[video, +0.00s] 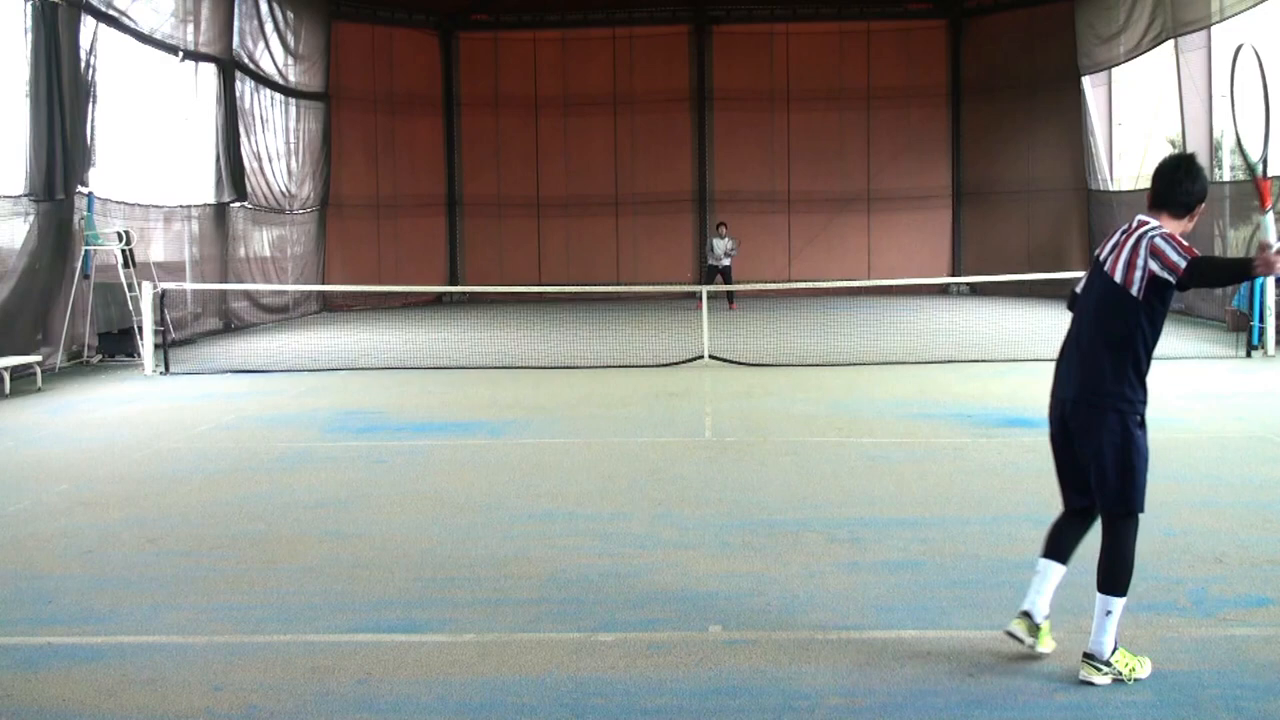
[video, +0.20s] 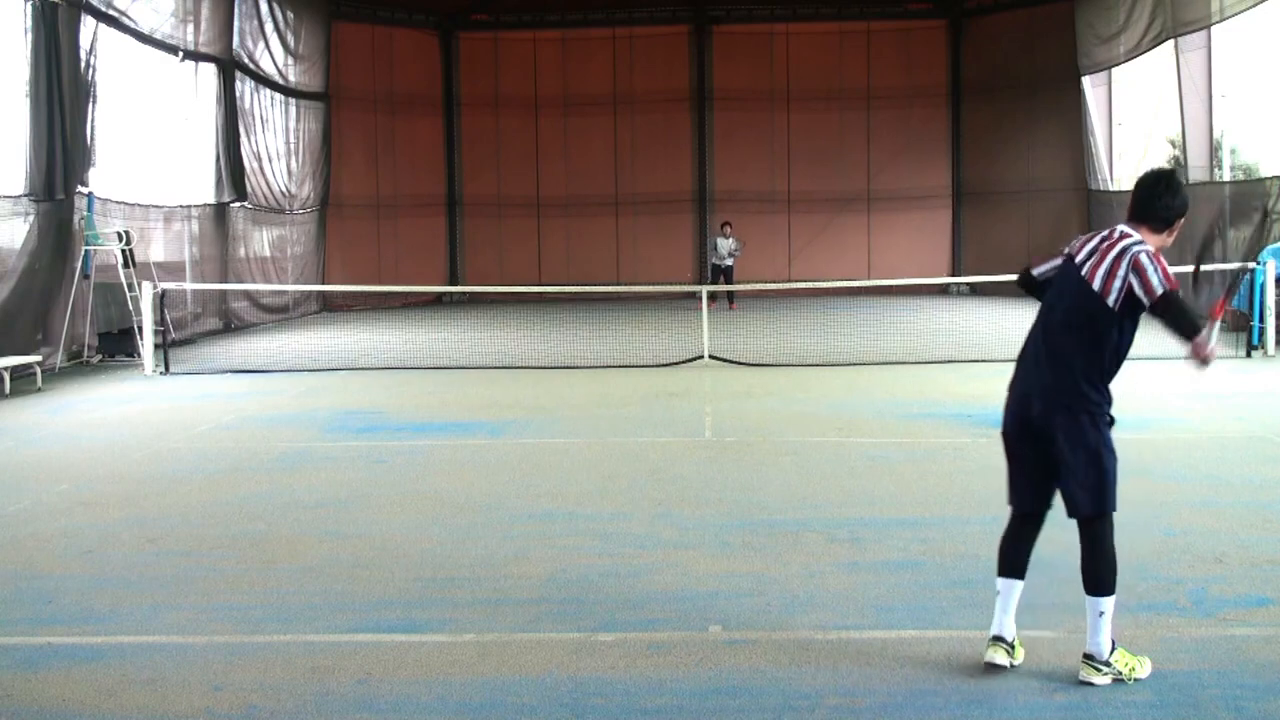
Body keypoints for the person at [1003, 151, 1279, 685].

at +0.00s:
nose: (1200, 218)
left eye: (1198, 211)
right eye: (1202, 210)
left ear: (1150, 196)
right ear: (1196, 209)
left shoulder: (1121, 236)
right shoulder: (1159, 241)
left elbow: (1077, 298)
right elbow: (1196, 270)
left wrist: (1121, 319)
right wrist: (1252, 266)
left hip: (1069, 396)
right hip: (1113, 403)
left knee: (1081, 506)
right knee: (1122, 520)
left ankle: (1032, 612)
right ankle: (1101, 653)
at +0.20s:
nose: (1175, 234)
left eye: (1174, 225)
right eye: (1177, 226)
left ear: (1127, 208)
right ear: (1174, 225)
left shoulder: (1085, 243)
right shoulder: (1142, 257)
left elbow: (1028, 281)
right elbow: (1178, 314)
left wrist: (1077, 296)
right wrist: (1200, 339)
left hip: (1024, 404)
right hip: (1077, 411)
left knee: (1026, 513)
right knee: (1096, 526)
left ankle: (1000, 634)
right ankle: (1100, 654)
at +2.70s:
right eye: (722, 201)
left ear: (647, 218)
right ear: (719, 212)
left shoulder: (618, 304)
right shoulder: (753, 296)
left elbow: (624, 418)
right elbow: (819, 399)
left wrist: (679, 433)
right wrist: (769, 450)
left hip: (662, 513)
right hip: (746, 509)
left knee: (623, 665)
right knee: (789, 659)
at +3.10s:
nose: (654, 181)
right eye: (653, 170)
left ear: (578, 175)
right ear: (649, 183)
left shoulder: (573, 249)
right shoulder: (605, 264)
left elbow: (672, 322)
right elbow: (677, 356)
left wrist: (739, 283)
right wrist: (775, 332)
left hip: (540, 492)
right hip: (579, 501)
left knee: (570, 657)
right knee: (596, 667)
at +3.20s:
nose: (642, 207)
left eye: (636, 194)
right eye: (642, 196)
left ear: (566, 194)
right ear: (633, 205)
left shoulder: (594, 274)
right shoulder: (571, 283)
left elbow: (668, 319)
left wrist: (724, 271)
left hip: (551, 506)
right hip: (534, 512)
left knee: (554, 655)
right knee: (583, 680)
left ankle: (506, 715)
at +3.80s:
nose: (540, 206)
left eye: (540, 194)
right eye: (536, 196)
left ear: (472, 197)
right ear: (503, 206)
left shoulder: (406, 246)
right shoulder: (516, 289)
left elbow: (395, 210)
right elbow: (573, 340)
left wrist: (462, 196)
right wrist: (634, 300)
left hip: (432, 481)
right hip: (503, 487)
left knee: (433, 622)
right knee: (512, 637)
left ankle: (426, 719)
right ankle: (483, 719)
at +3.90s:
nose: (528, 194)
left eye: (528, 181)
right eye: (527, 182)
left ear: (449, 179)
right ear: (505, 193)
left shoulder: (404, 248)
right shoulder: (525, 268)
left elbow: (349, 247)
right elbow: (535, 250)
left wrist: (371, 176)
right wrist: (506, 208)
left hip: (436, 473)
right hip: (516, 473)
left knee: (435, 618)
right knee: (521, 623)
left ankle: (424, 716)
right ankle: (501, 715)